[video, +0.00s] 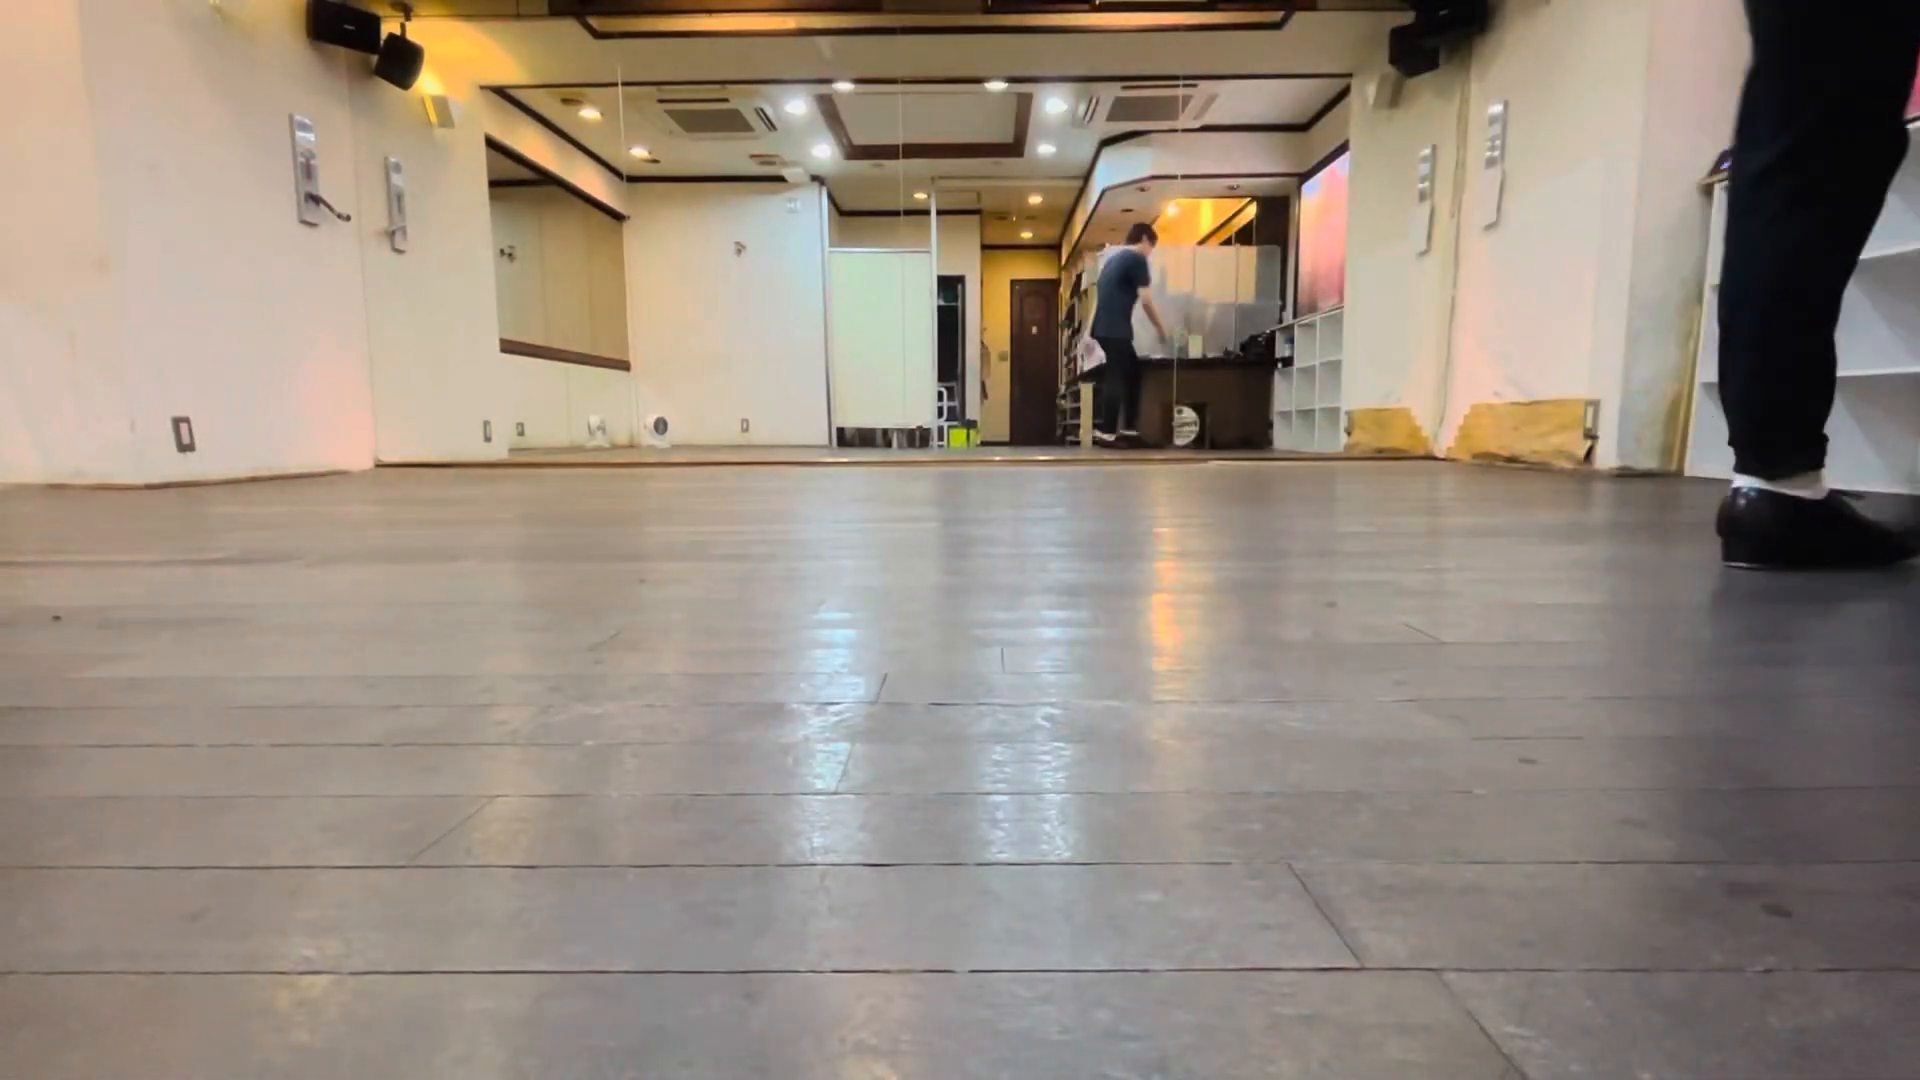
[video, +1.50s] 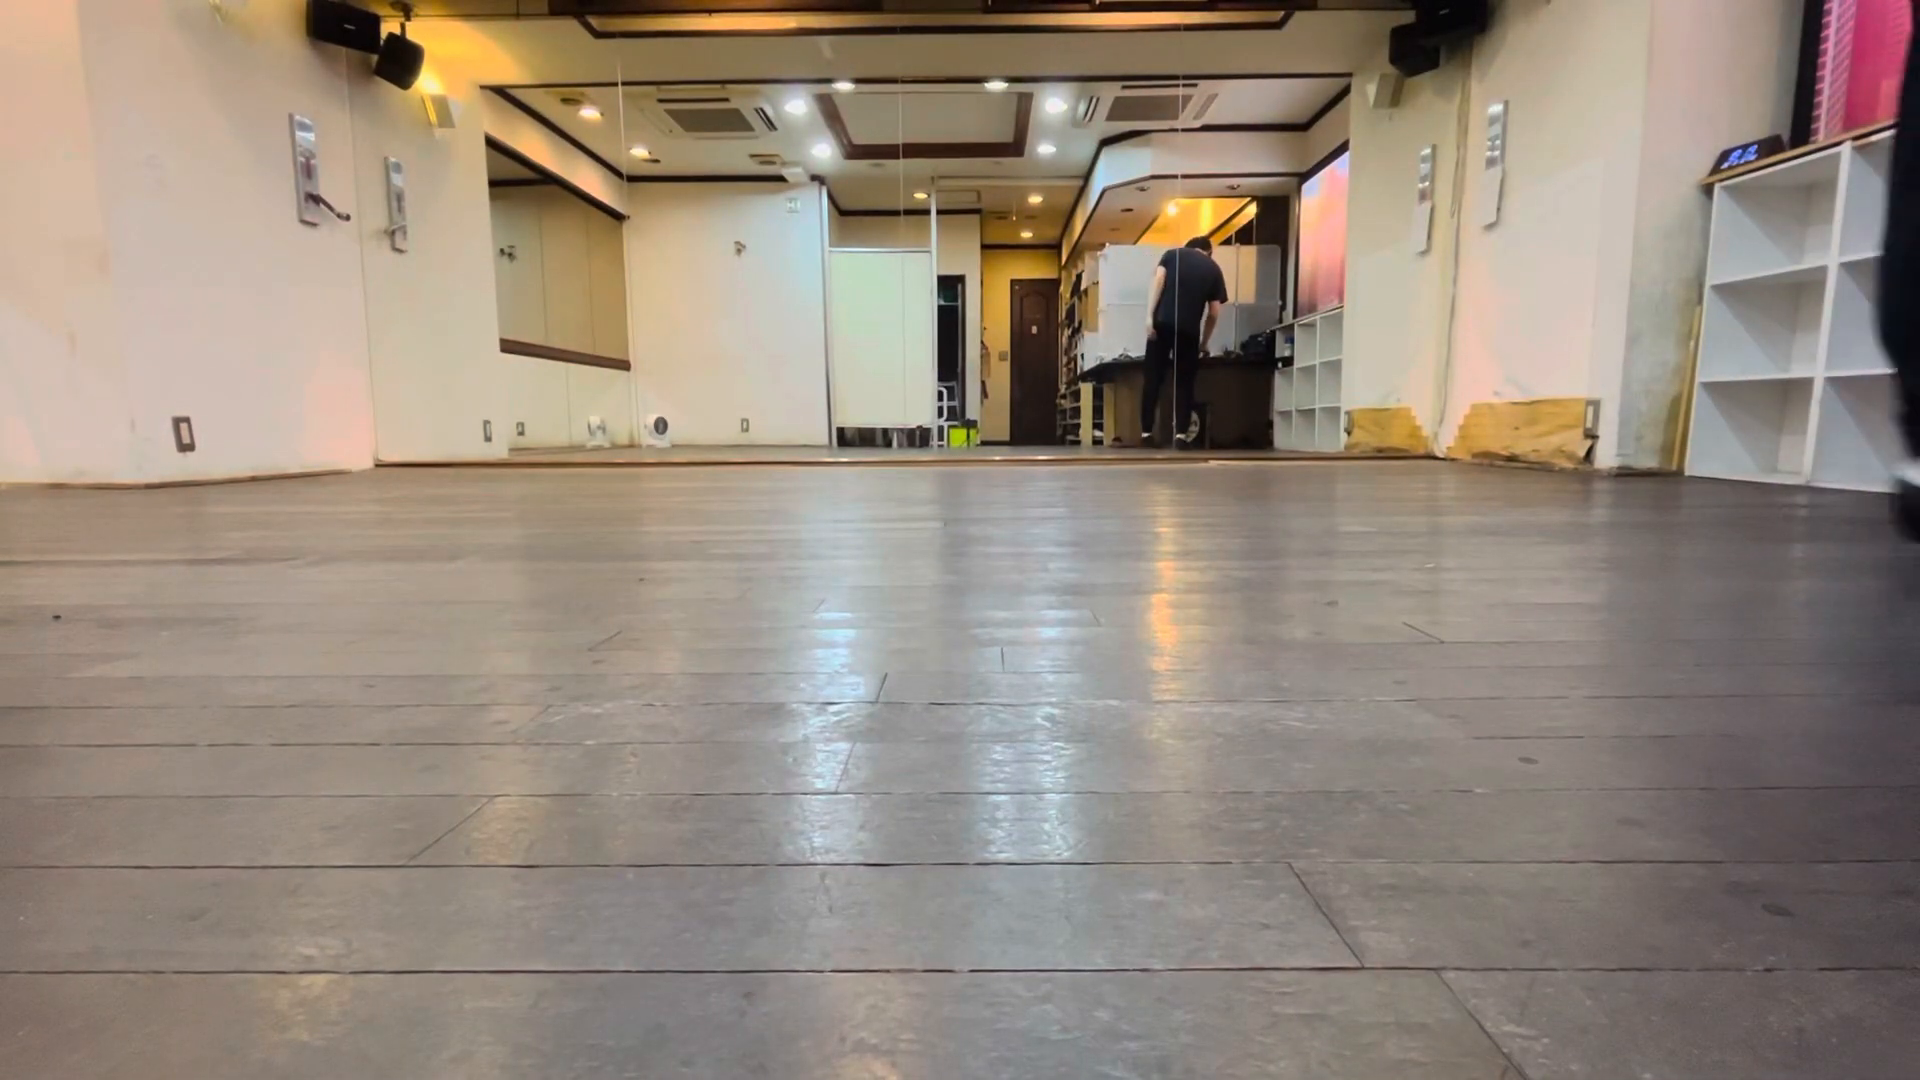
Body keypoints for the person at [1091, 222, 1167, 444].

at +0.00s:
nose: (1150, 251)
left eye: (1152, 246)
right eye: (1151, 246)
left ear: (1132, 240)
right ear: (1144, 240)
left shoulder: (1114, 258)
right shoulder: (1137, 259)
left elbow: (1106, 297)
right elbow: (1146, 301)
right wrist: (1160, 329)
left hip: (1102, 331)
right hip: (1117, 333)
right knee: (1123, 375)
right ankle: (1109, 429)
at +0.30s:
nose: (1179, 257)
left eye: (1179, 253)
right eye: (1179, 252)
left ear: (1156, 247)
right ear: (1172, 248)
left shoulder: (1135, 264)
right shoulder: (1172, 267)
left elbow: (1119, 300)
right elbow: (1181, 307)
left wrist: (1107, 333)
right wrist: (1192, 339)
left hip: (1125, 333)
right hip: (1147, 334)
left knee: (1145, 382)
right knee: (1150, 382)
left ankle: (1152, 432)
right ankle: (1121, 425)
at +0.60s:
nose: (1193, 259)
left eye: (1194, 257)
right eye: (1194, 256)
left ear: (1170, 249)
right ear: (1190, 252)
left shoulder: (1149, 263)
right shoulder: (1188, 268)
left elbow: (1134, 300)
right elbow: (1192, 310)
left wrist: (1129, 332)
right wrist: (1195, 344)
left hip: (1137, 330)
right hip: (1160, 330)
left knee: (1147, 381)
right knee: (1164, 380)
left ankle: (1156, 431)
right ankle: (1165, 431)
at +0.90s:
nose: (1199, 256)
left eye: (1199, 253)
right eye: (1200, 253)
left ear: (1177, 246)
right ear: (1197, 250)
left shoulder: (1156, 259)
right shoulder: (1197, 268)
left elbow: (1140, 294)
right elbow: (1200, 310)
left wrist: (1140, 325)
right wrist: (1199, 343)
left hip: (1146, 330)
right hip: (1170, 331)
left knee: (1151, 381)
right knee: (1175, 380)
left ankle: (1155, 432)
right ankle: (1176, 432)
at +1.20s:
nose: (1205, 255)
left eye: (1205, 252)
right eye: (1206, 252)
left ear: (1183, 245)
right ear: (1203, 249)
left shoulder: (1163, 255)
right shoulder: (1206, 268)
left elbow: (1146, 284)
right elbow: (1208, 312)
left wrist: (1139, 320)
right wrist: (1203, 343)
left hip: (1155, 331)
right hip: (1182, 333)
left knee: (1153, 381)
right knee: (1183, 381)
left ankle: (1156, 433)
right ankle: (1179, 433)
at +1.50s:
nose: (1210, 257)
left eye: (1209, 255)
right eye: (1211, 255)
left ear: (1188, 246)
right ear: (1208, 252)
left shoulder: (1172, 254)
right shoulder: (1213, 269)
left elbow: (1159, 280)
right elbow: (1213, 313)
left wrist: (1150, 317)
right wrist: (1205, 343)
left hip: (1162, 325)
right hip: (1189, 331)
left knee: (1152, 377)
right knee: (1185, 381)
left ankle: (1146, 430)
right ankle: (1181, 433)